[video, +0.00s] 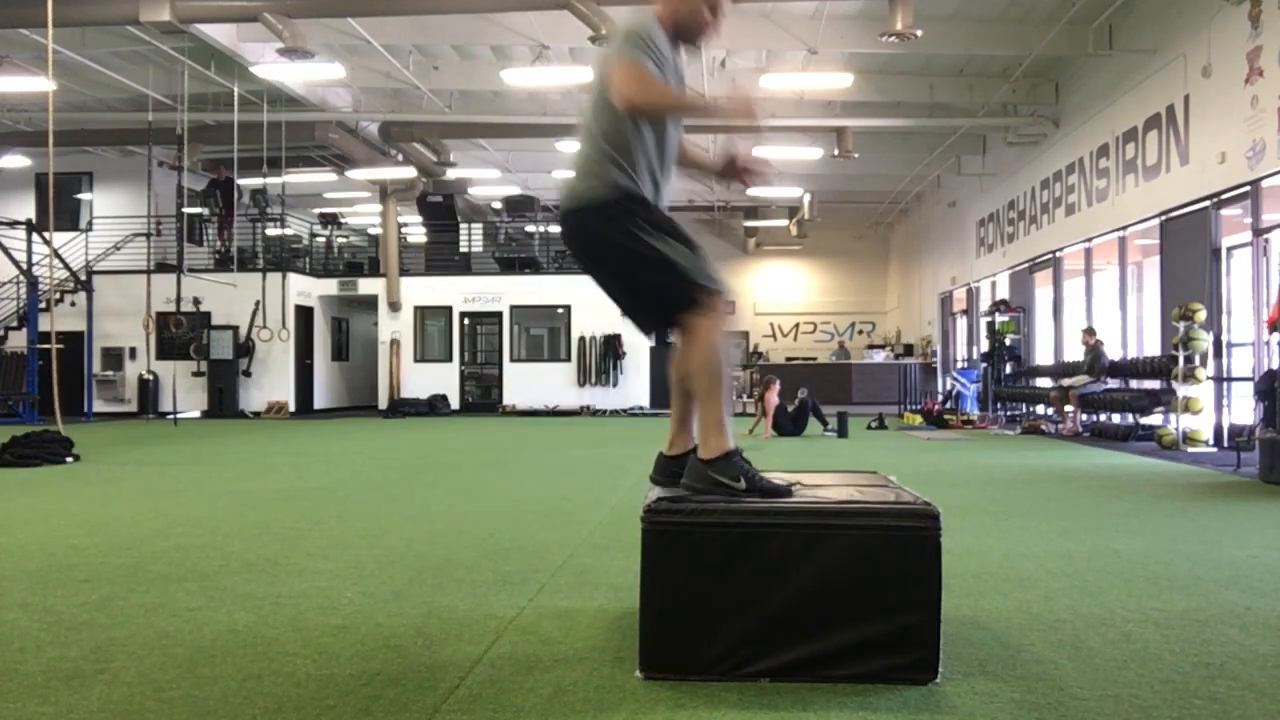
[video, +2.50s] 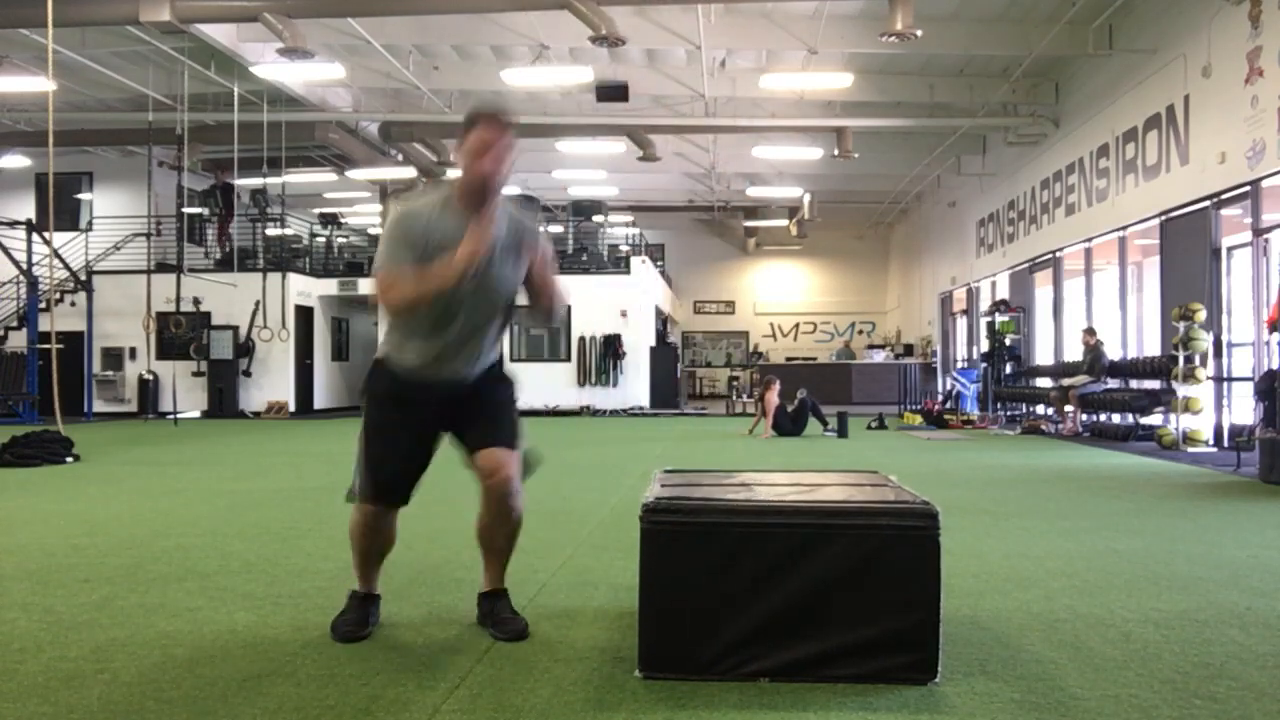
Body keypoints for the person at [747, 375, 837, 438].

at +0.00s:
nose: (779, 387)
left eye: (779, 384)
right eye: (777, 385)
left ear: (769, 386)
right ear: (772, 386)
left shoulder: (765, 396)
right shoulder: (771, 397)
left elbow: (759, 415)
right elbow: (769, 416)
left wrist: (751, 429)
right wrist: (767, 433)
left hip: (785, 430)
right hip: (793, 431)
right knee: (808, 401)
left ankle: (799, 402)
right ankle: (826, 426)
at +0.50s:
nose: (779, 387)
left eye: (778, 384)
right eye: (778, 384)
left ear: (767, 385)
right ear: (772, 385)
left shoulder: (765, 396)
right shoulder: (771, 396)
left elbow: (759, 416)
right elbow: (769, 416)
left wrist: (751, 430)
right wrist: (767, 433)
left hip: (785, 430)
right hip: (793, 430)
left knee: (808, 401)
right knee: (806, 401)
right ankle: (826, 426)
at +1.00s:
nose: (779, 387)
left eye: (779, 384)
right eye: (778, 385)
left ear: (767, 385)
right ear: (773, 385)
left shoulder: (764, 396)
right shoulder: (772, 396)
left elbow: (759, 415)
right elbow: (769, 416)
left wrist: (750, 430)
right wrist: (767, 433)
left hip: (784, 430)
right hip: (792, 430)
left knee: (803, 398)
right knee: (806, 399)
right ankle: (826, 426)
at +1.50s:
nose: (779, 387)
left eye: (779, 385)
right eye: (778, 385)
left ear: (767, 386)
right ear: (773, 385)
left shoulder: (764, 396)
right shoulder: (772, 396)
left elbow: (759, 416)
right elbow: (770, 416)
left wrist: (750, 430)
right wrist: (767, 433)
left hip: (784, 430)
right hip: (792, 430)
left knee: (803, 398)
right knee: (806, 399)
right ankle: (826, 426)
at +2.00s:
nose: (779, 387)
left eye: (779, 385)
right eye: (778, 385)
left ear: (767, 385)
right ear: (773, 385)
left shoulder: (765, 396)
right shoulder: (772, 396)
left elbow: (759, 415)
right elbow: (770, 416)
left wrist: (750, 430)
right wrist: (767, 433)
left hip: (785, 430)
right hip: (792, 430)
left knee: (803, 397)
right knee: (806, 400)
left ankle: (825, 424)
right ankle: (826, 426)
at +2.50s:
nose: (779, 387)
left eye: (778, 384)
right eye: (777, 384)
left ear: (767, 386)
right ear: (772, 385)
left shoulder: (765, 396)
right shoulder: (771, 396)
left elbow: (759, 415)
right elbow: (769, 415)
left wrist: (750, 430)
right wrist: (767, 433)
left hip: (785, 430)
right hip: (792, 431)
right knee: (807, 401)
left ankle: (798, 403)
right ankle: (826, 426)